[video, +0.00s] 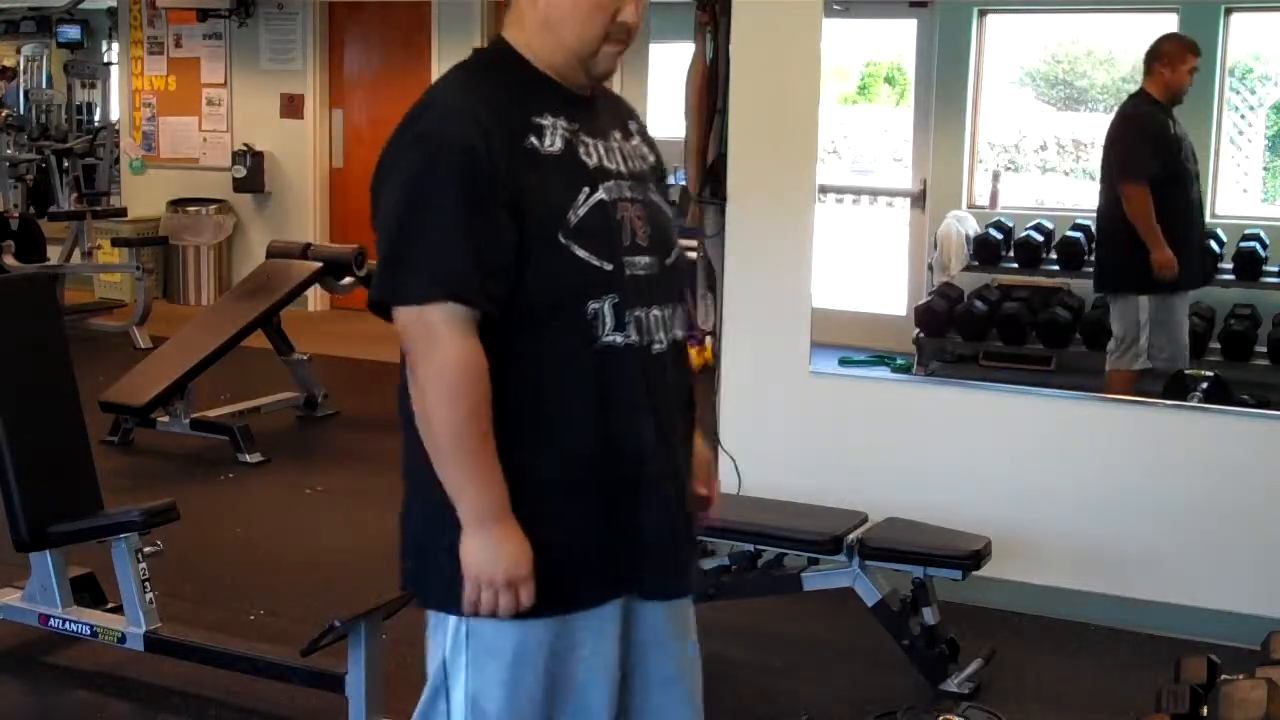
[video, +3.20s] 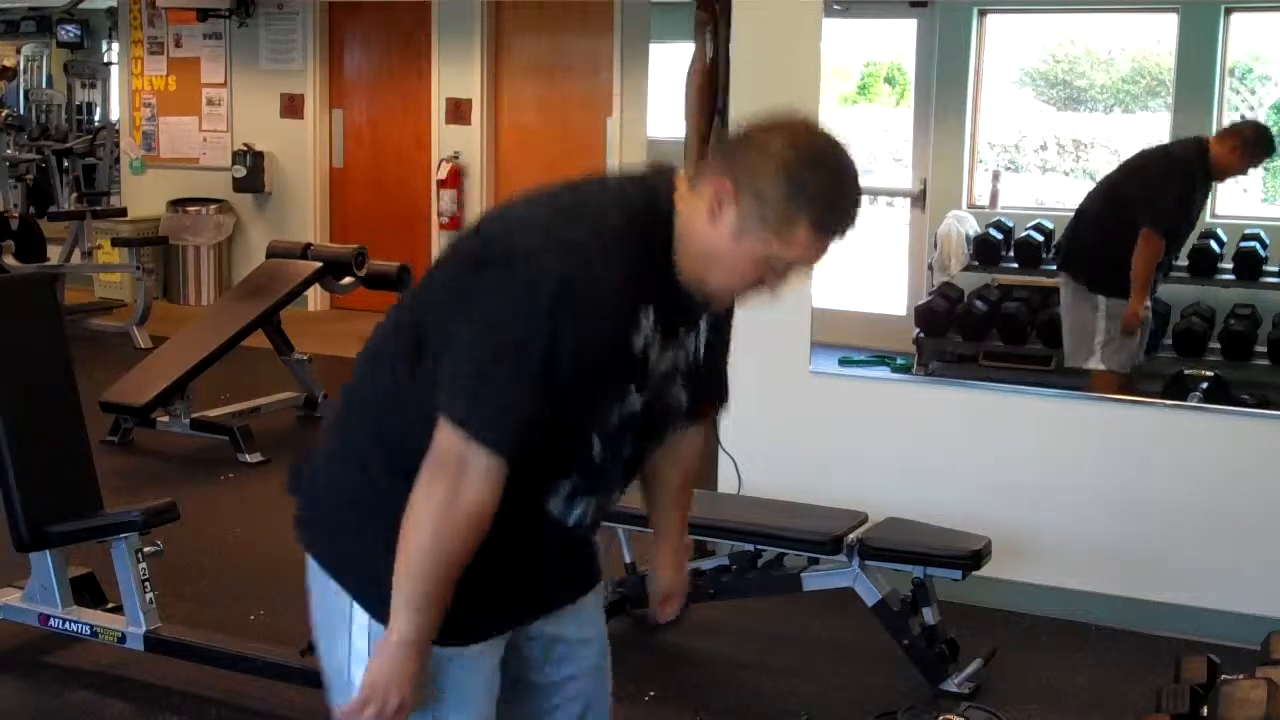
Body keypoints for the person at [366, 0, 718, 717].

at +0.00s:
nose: (632, 15)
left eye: (637, 1)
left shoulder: (623, 123)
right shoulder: (456, 123)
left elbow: (648, 310)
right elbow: (434, 329)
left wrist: (686, 436)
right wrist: (484, 519)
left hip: (645, 535)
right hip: (523, 554)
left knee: (660, 711)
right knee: (508, 713)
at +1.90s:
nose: (709, 96)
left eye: (726, 74)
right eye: (701, 66)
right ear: (633, 18)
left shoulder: (673, 142)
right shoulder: (508, 141)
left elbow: (658, 331)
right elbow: (451, 333)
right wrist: (446, 518)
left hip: (644, 551)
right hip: (522, 569)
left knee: (636, 707)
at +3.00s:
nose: (747, 171)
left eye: (763, 155)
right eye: (745, 147)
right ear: (687, 90)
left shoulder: (693, 184)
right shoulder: (525, 172)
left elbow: (683, 344)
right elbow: (447, 367)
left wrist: (678, 479)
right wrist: (406, 548)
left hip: (576, 565)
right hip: (457, 576)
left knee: (556, 709)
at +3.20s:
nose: (772, 288)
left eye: (790, 274)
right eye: (771, 263)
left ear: (719, 203)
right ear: (718, 201)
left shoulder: (702, 271)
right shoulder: (550, 257)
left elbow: (683, 419)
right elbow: (460, 464)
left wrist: (669, 546)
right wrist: (404, 641)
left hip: (548, 545)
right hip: (412, 561)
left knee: (577, 708)